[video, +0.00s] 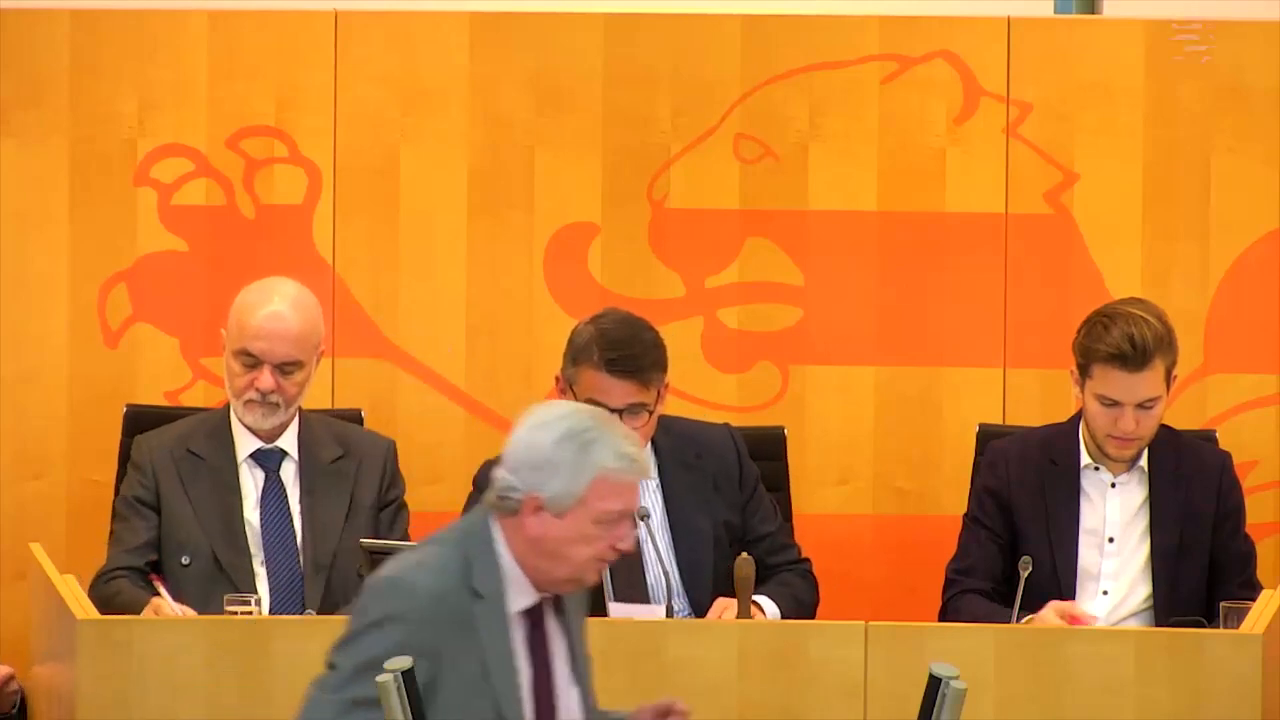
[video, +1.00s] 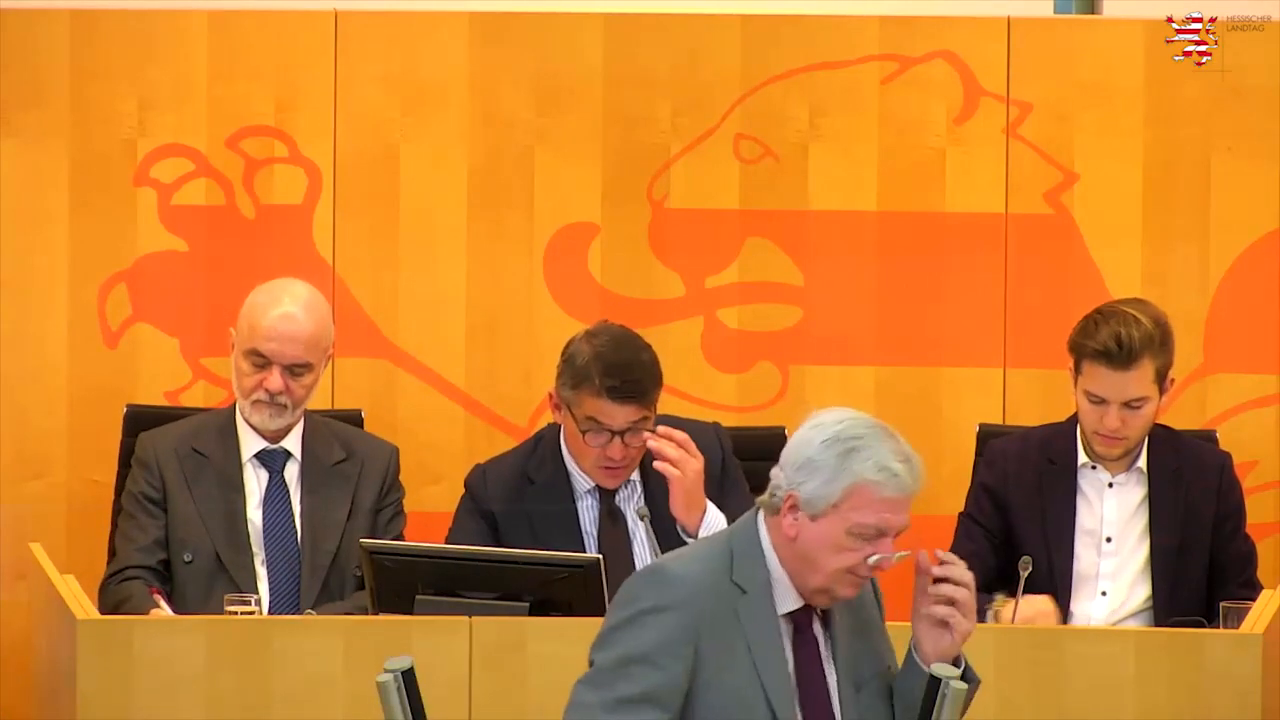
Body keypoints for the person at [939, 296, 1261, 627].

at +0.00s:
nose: (1126, 424)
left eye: (1146, 404)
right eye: (1108, 402)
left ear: (1170, 389)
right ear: (1078, 381)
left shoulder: (1208, 471)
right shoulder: (1010, 465)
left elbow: (1240, 608)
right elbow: (961, 603)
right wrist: (1023, 628)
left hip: (1166, 677)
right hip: (1042, 673)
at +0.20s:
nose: (1126, 424)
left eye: (1146, 404)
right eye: (1108, 402)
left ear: (1170, 389)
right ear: (1077, 382)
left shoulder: (1208, 472)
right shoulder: (1010, 464)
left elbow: (1240, 609)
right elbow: (961, 603)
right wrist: (1044, 627)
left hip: (1167, 677)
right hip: (1043, 674)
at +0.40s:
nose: (1125, 423)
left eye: (1146, 404)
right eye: (1108, 402)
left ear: (1170, 389)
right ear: (1078, 381)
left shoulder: (1209, 472)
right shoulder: (1011, 464)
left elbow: (1240, 608)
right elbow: (962, 601)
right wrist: (1051, 631)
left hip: (1166, 676)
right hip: (1041, 672)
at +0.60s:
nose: (1125, 423)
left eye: (1145, 404)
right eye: (1108, 401)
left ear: (1170, 389)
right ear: (1078, 381)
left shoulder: (1209, 472)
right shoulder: (1010, 463)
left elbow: (1241, 608)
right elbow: (964, 597)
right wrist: (1053, 632)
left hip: (1165, 677)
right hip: (1041, 673)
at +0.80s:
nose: (1121, 423)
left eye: (1141, 404)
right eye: (1104, 402)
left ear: (1168, 390)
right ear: (1077, 381)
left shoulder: (1208, 472)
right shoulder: (1011, 462)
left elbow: (1240, 604)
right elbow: (965, 593)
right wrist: (1044, 628)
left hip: (1163, 678)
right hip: (1039, 674)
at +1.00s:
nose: (1112, 423)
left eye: (1134, 404)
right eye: (1095, 400)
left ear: (1165, 392)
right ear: (1074, 380)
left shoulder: (1207, 472)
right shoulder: (1009, 462)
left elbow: (1240, 609)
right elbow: (955, 602)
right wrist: (1008, 611)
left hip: (1163, 678)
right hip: (1037, 673)